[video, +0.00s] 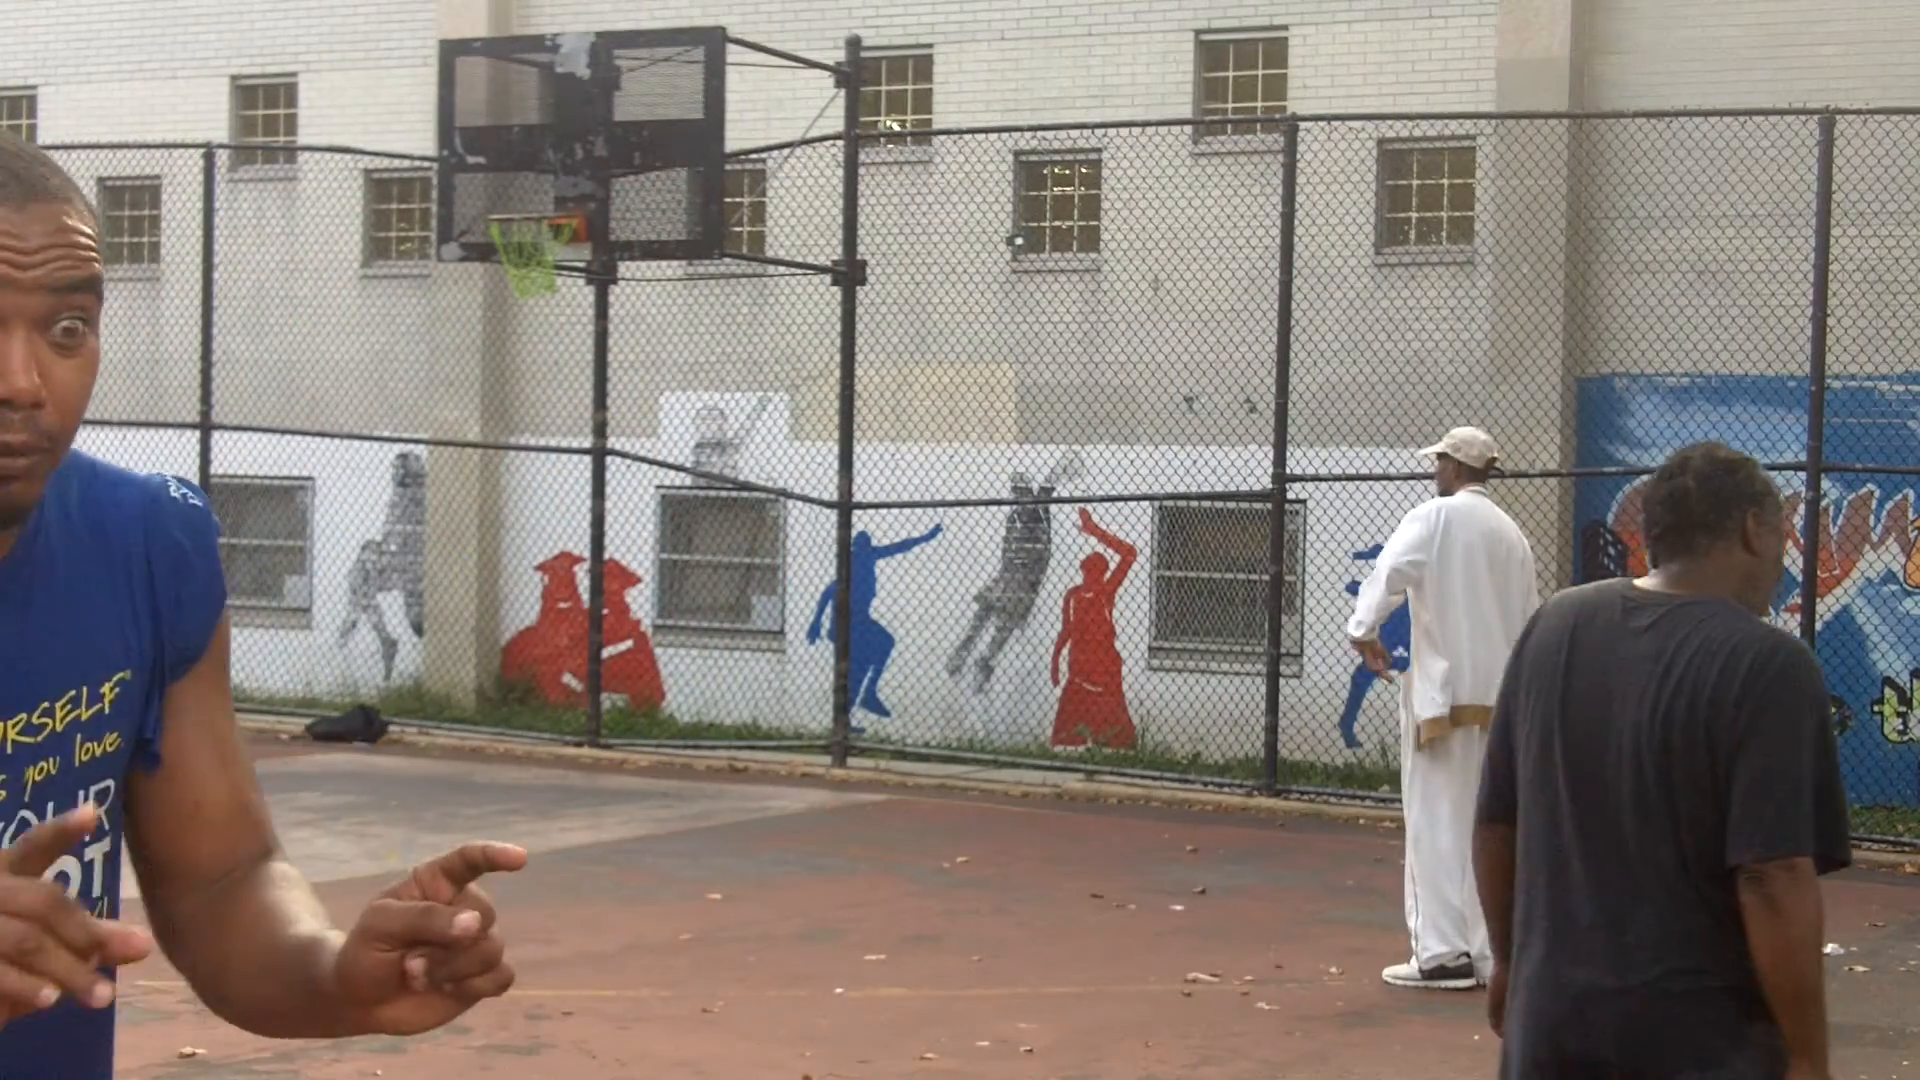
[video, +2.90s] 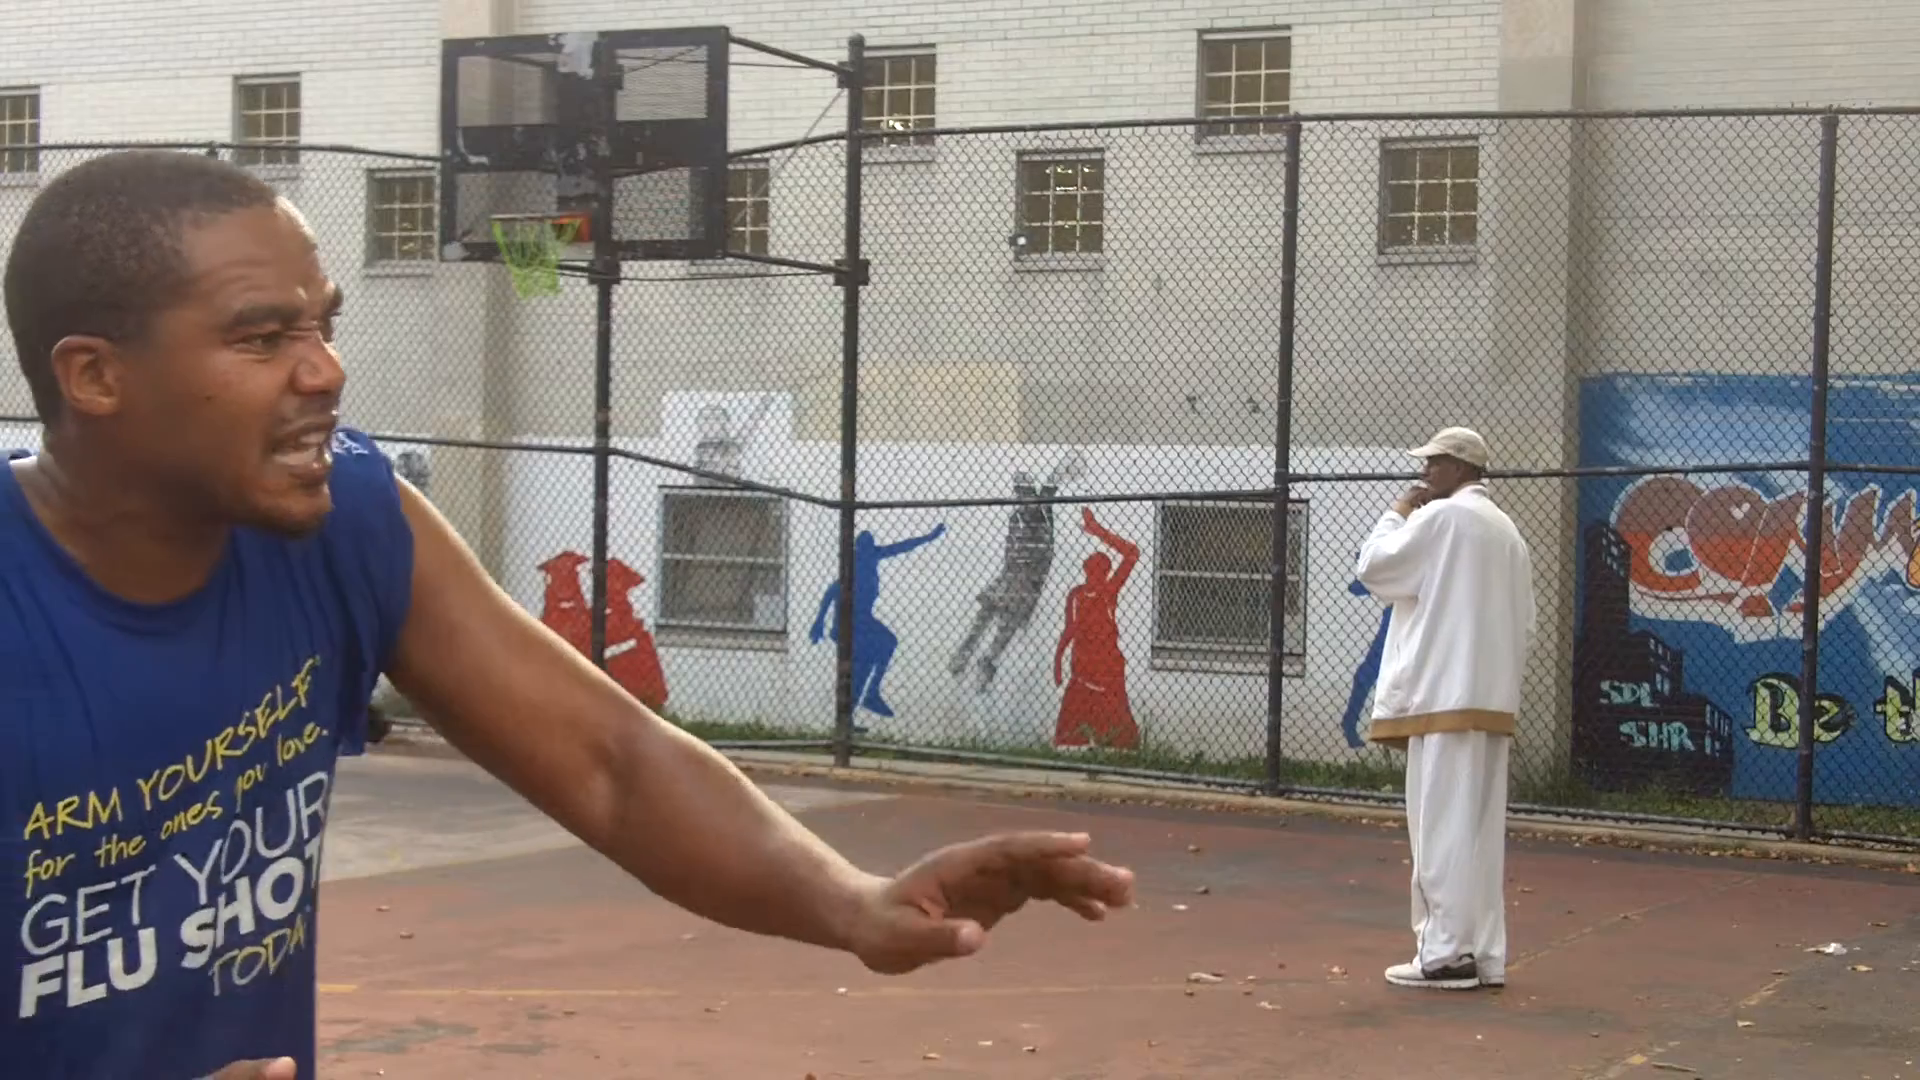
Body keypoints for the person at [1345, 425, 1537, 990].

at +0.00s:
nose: (1433, 475)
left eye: (1437, 467)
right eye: (1435, 467)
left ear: (1453, 469)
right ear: (1483, 473)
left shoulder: (1435, 517)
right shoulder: (1515, 534)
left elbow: (1388, 577)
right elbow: (1531, 611)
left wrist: (1364, 634)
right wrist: (1510, 670)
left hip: (1446, 694)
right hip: (1509, 698)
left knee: (1435, 825)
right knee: (1493, 828)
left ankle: (1442, 953)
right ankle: (1489, 953)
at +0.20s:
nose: (1435, 474)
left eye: (1443, 465)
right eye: (1438, 465)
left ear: (1461, 470)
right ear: (1485, 473)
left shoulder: (1438, 518)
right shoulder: (1515, 535)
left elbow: (1367, 564)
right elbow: (1529, 625)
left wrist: (1307, 587)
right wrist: (1500, 679)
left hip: (1439, 694)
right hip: (1494, 696)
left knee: (1432, 822)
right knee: (1480, 823)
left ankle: (1441, 954)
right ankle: (1482, 955)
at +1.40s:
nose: (1436, 474)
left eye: (1442, 465)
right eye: (1439, 465)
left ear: (1458, 469)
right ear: (1487, 474)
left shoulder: (1434, 516)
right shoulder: (1519, 538)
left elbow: (1349, 534)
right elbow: (1532, 630)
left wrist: (1312, 501)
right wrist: (1495, 679)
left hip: (1438, 690)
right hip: (1494, 697)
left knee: (1436, 822)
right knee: (1483, 824)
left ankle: (1444, 953)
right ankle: (1485, 956)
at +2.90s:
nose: (1424, 473)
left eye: (1433, 464)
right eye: (1426, 463)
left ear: (1461, 469)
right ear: (1476, 475)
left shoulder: (1443, 519)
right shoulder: (1510, 532)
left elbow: (1374, 566)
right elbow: (1526, 622)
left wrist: (1399, 510)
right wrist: (1498, 679)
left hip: (1445, 691)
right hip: (1495, 695)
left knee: (1442, 823)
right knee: (1482, 824)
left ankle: (1447, 953)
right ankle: (1484, 956)